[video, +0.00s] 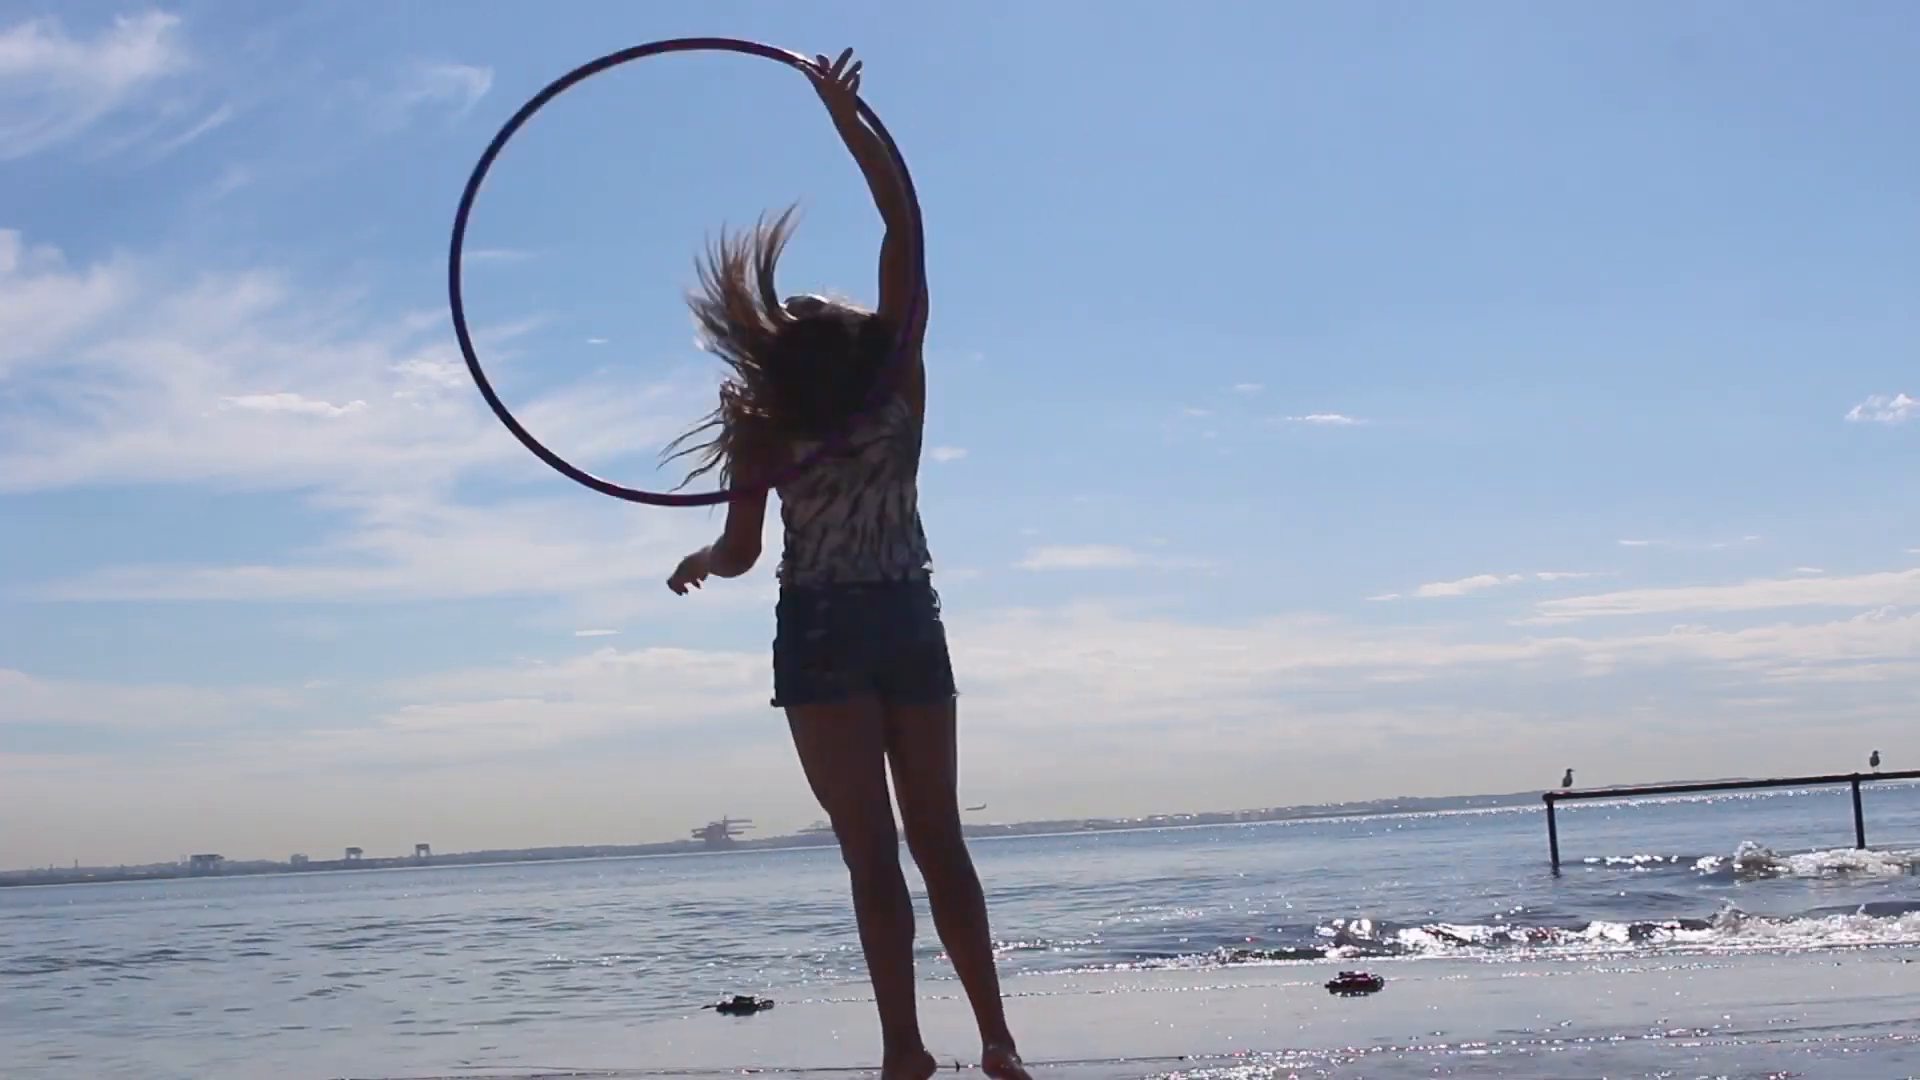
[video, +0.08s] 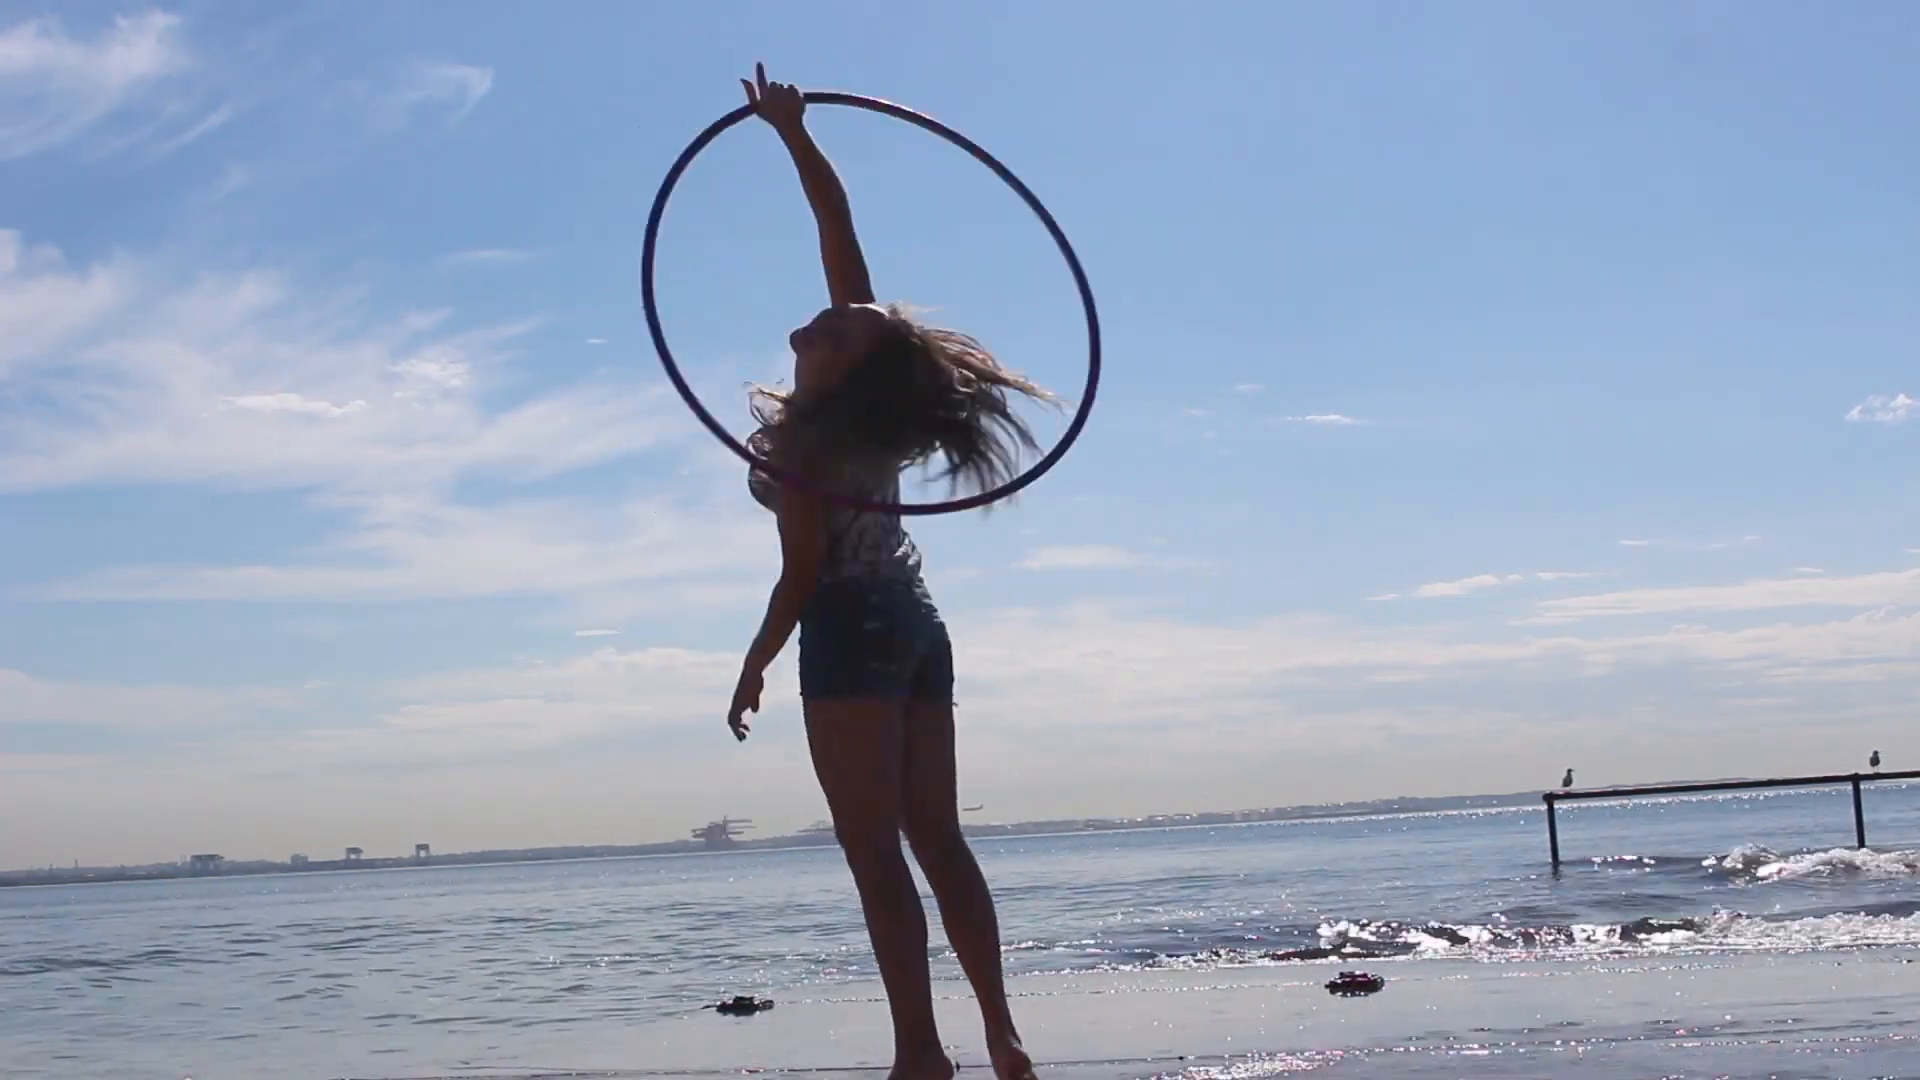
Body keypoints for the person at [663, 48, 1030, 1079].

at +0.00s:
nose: (818, 315)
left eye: (795, 322)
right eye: (836, 316)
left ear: (779, 358)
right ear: (860, 342)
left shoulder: (759, 417)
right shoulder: (896, 380)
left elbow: (745, 545)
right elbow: (902, 225)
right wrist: (850, 114)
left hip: (816, 634)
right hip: (909, 619)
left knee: (869, 853)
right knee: (942, 838)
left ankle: (905, 1051)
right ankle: (995, 1040)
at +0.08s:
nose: (817, 321)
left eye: (830, 332)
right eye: (835, 319)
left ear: (839, 372)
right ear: (847, 357)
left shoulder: (793, 441)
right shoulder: (876, 387)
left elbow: (803, 573)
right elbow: (837, 229)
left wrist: (756, 660)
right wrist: (792, 126)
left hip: (848, 639)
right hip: (920, 628)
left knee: (872, 852)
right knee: (940, 837)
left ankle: (919, 1052)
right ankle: (1002, 1038)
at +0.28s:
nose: (878, 340)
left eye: (895, 341)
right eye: (867, 329)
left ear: (901, 377)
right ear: (833, 352)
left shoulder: (904, 455)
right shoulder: (798, 416)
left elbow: (981, 574)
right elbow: (687, 372)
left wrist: (969, 679)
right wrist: (700, 297)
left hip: (926, 683)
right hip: (848, 687)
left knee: (880, 890)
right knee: (839, 897)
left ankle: (907, 1068)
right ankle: (1001, 987)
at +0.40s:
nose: (880, 366)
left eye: (895, 356)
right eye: (864, 355)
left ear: (920, 378)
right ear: (840, 375)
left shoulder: (956, 480)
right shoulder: (808, 476)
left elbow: (1042, 573)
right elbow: (698, 536)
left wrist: (1130, 650)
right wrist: (669, 498)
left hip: (937, 707)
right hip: (847, 711)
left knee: (870, 896)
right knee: (814, 915)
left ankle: (903, 1062)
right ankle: (897, 981)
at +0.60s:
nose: (891, 356)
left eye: (900, 339)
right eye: (871, 348)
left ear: (925, 347)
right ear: (845, 366)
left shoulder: (966, 446)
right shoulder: (822, 469)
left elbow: (1035, 540)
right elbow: (757, 585)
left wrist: (1086, 639)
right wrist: (743, 562)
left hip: (954, 679)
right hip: (867, 688)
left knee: (881, 859)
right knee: (863, 900)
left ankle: (890, 1053)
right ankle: (1006, 979)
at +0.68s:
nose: (885, 368)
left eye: (897, 349)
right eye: (868, 357)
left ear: (927, 350)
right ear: (849, 369)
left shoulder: (974, 447)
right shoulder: (834, 474)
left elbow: (1024, 528)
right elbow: (788, 595)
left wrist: (1019, 631)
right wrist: (787, 570)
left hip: (965, 678)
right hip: (875, 690)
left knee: (897, 863)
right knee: (948, 895)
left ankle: (849, 1063)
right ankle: (1067, 1029)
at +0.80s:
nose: (885, 390)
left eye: (896, 372)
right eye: (868, 381)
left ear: (924, 375)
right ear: (853, 394)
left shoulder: (979, 467)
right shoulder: (850, 487)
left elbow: (1016, 542)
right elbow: (806, 588)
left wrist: (967, 606)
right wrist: (823, 501)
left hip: (979, 698)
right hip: (889, 709)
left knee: (916, 886)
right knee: (991, 894)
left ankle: (872, 1070)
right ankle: (1080, 1052)